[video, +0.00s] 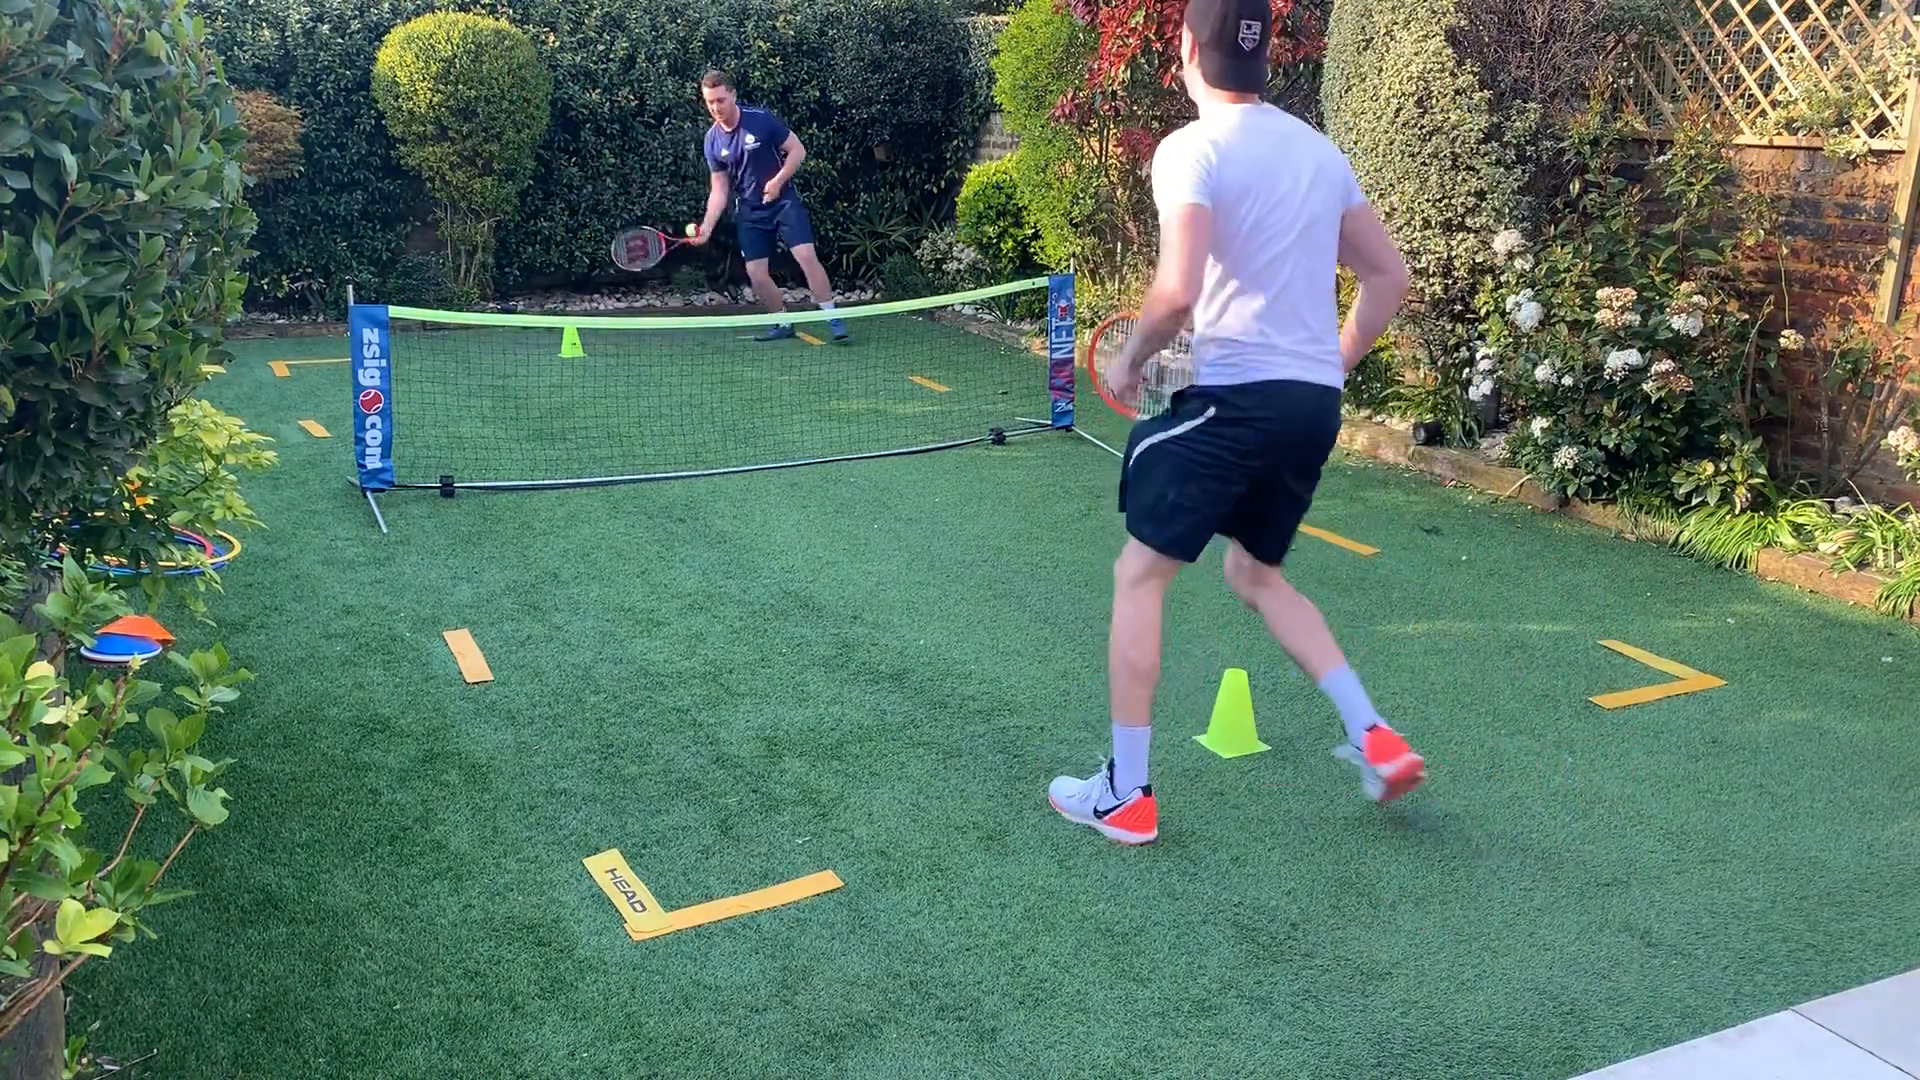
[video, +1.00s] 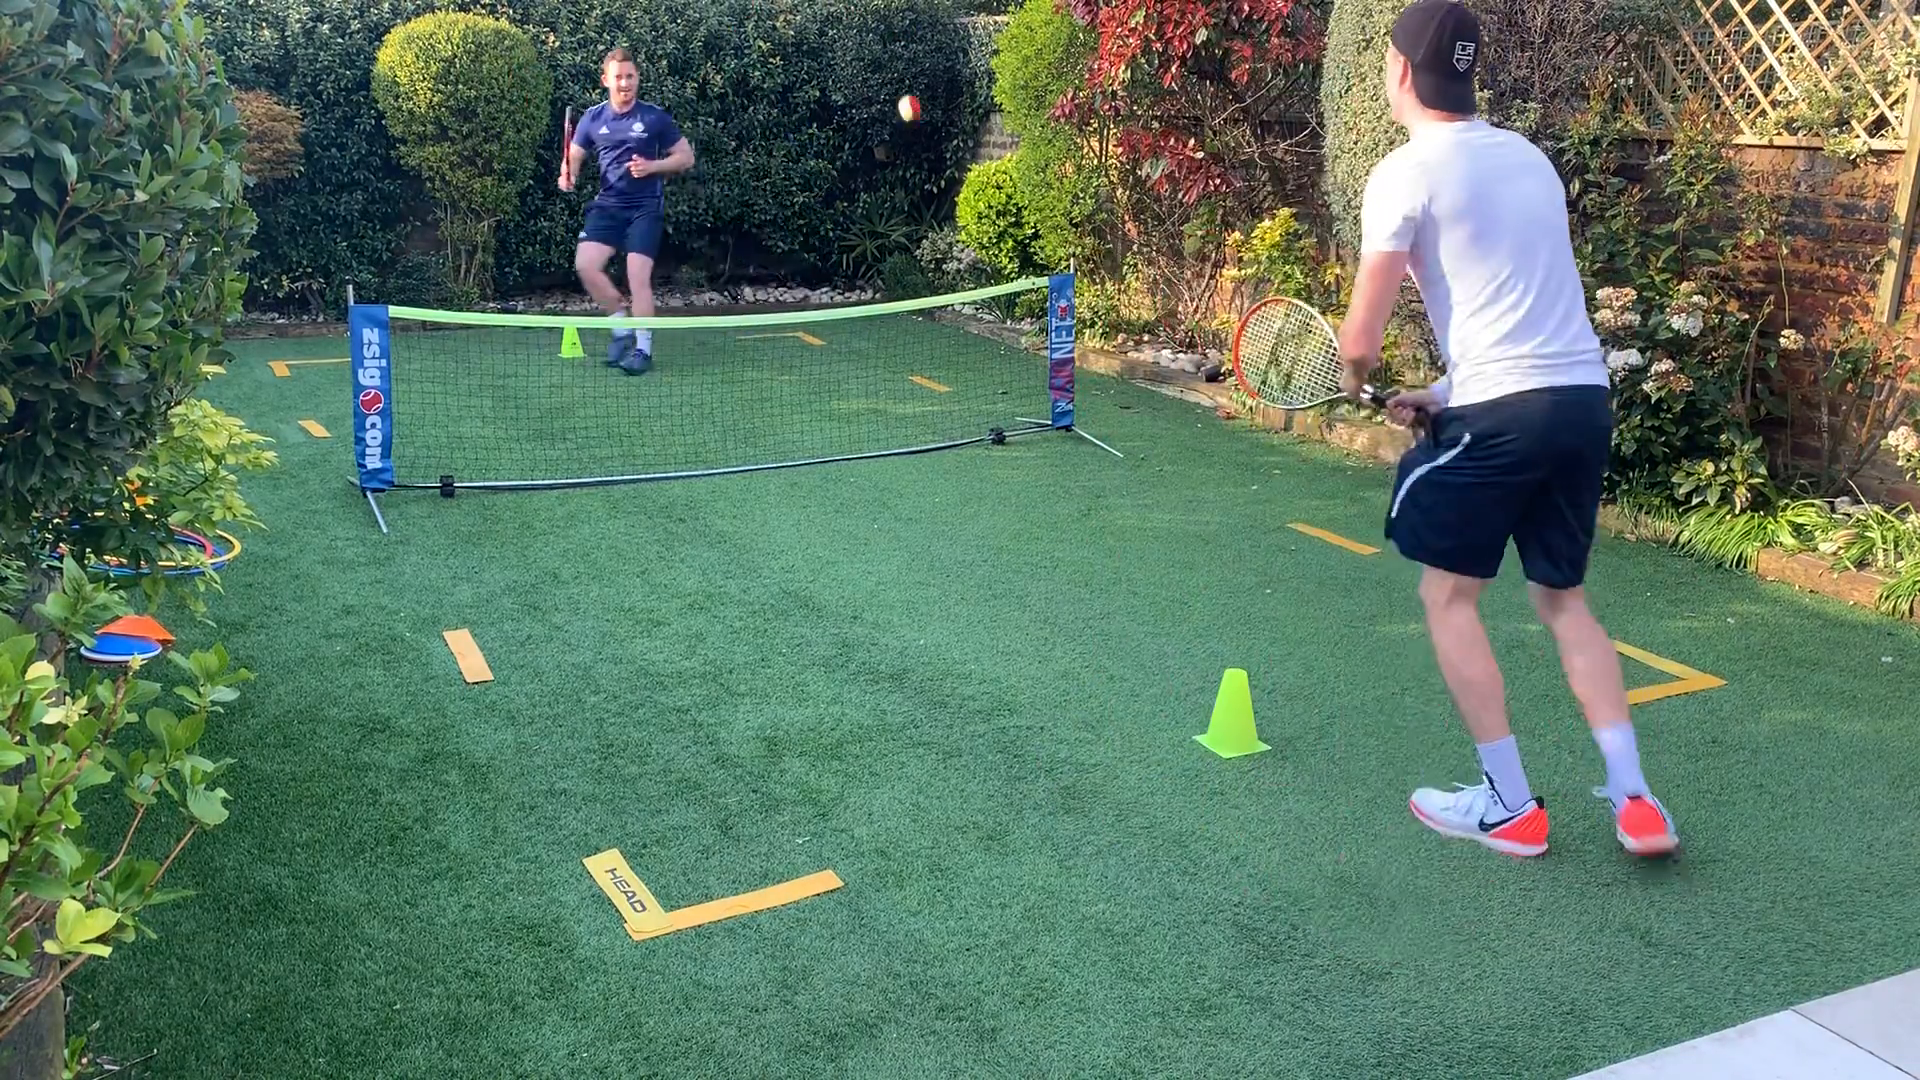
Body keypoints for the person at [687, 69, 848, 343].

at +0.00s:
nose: (715, 108)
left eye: (720, 100)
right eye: (709, 102)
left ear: (733, 95)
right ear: (704, 103)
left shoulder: (761, 121)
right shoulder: (712, 142)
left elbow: (798, 150)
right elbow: (719, 190)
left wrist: (778, 181)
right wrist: (706, 227)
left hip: (784, 204)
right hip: (750, 213)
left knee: (806, 257)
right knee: (756, 273)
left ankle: (832, 317)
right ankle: (782, 323)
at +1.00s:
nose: (625, 83)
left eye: (630, 77)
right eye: (618, 77)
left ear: (638, 79)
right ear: (606, 81)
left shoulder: (655, 118)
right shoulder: (592, 118)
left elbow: (686, 157)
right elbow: (574, 157)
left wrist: (652, 166)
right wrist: (568, 174)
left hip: (645, 206)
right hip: (607, 204)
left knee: (637, 273)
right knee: (586, 266)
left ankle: (643, 348)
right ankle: (623, 326)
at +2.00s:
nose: (492, 91)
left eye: (496, 85)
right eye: (485, 85)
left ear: (501, 88)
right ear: (469, 87)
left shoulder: (503, 120)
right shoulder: (447, 118)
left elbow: (503, 152)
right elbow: (418, 156)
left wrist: (496, 168)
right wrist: (459, 177)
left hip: (477, 194)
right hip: (438, 195)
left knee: (490, 257)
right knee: (440, 259)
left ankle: (468, 321)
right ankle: (426, 326)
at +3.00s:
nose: (425, 96)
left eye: (430, 89)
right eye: (419, 91)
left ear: (440, 89)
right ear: (410, 94)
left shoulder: (465, 123)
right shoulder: (402, 127)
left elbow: (492, 166)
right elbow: (393, 172)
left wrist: (455, 184)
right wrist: (374, 208)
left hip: (464, 208)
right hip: (422, 206)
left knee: (461, 272)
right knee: (410, 267)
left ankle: (461, 335)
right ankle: (430, 325)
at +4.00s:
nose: (559, 82)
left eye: (564, 75)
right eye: (552, 77)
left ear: (574, 73)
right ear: (541, 79)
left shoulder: (600, 105)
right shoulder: (537, 119)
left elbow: (625, 134)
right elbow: (521, 170)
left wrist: (609, 155)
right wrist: (551, 175)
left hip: (605, 199)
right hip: (565, 203)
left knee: (612, 268)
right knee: (569, 269)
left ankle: (613, 340)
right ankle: (580, 342)